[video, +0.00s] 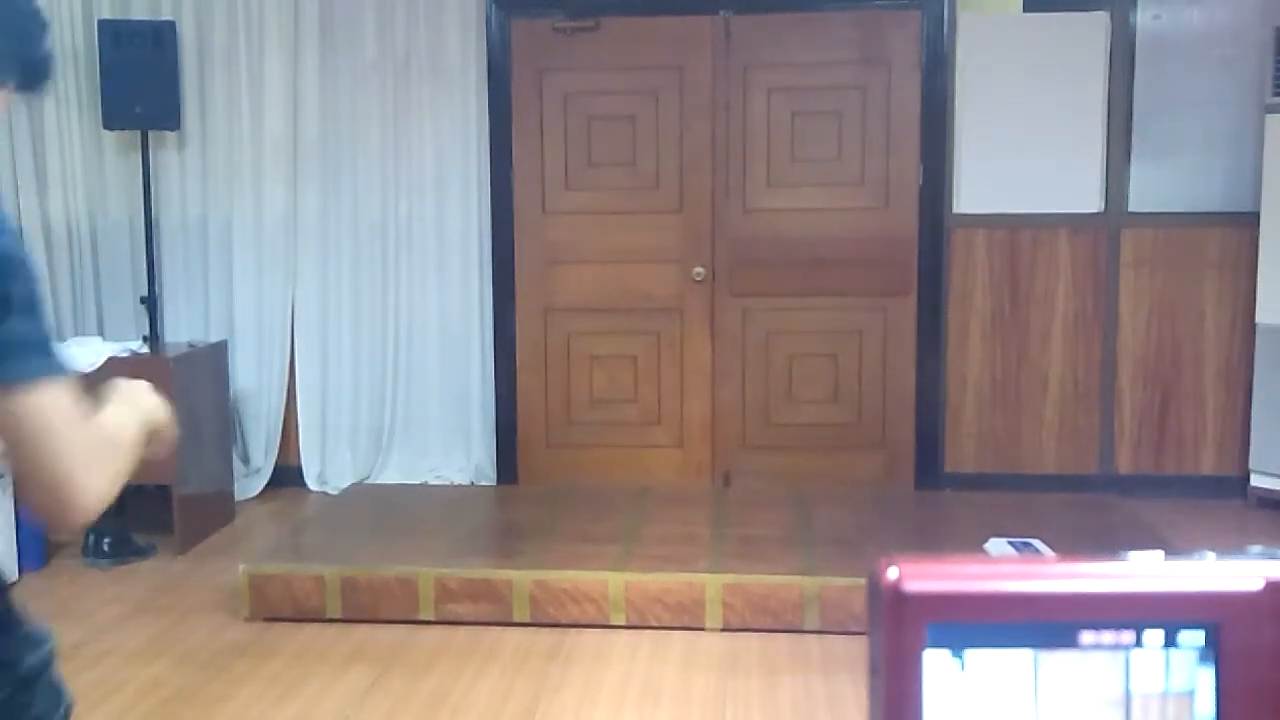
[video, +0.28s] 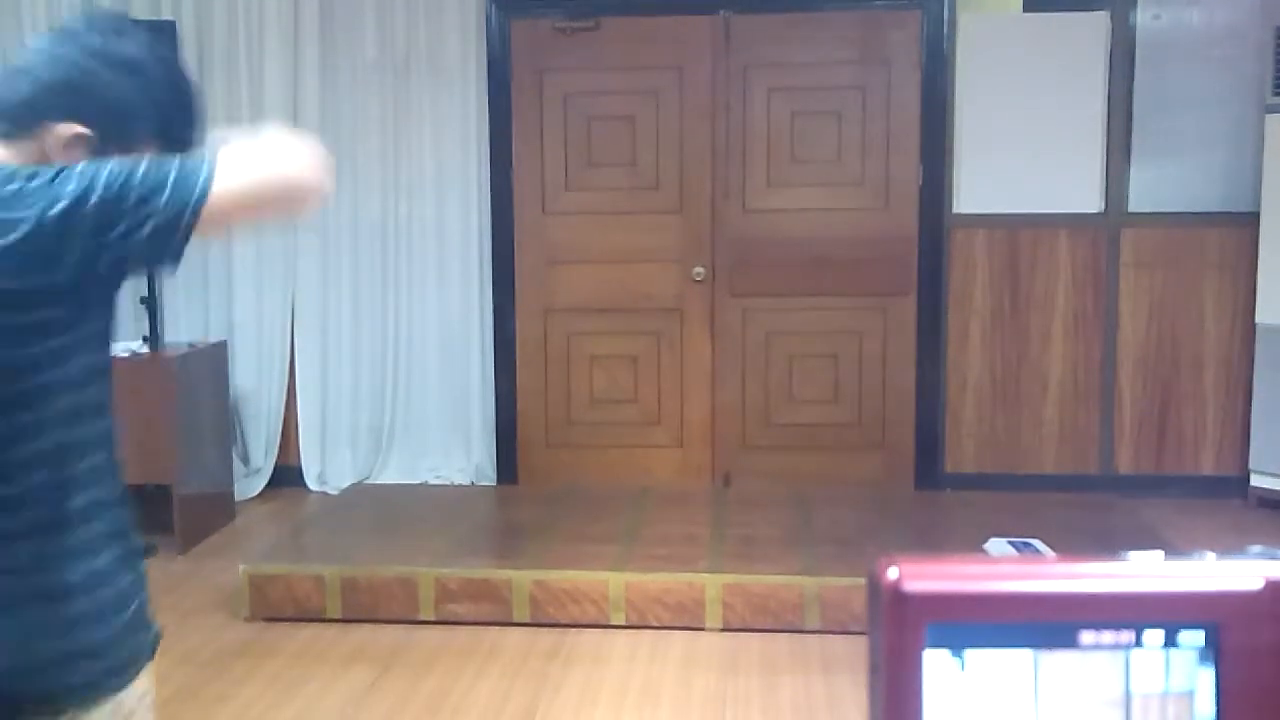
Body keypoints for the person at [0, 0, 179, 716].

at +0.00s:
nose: (15, 102)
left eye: (19, 84)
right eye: (17, 84)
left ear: (19, 80)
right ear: (11, 80)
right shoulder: (3, 241)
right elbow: (70, 493)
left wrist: (113, 410)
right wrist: (131, 407)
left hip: (16, 664)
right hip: (13, 671)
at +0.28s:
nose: (122, 196)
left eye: (138, 177)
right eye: (130, 174)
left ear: (63, 142)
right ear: (71, 146)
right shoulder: (44, 212)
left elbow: (297, 173)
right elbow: (299, 171)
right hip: (62, 648)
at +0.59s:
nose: (198, 163)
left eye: (204, 147)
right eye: (194, 144)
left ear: (113, 124)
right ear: (127, 126)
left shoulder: (8, 194)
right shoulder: (156, 204)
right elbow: (296, 141)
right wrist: (202, 39)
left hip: (11, 574)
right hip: (136, 575)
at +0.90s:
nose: (228, 167)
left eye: (234, 148)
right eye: (220, 145)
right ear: (155, 124)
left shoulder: (19, 213)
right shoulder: (172, 204)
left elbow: (12, 372)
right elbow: (297, 162)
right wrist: (234, 116)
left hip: (55, 536)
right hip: (169, 542)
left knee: (109, 708)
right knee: (216, 705)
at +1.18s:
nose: (285, 146)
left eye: (286, 129)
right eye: (269, 130)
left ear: (201, 130)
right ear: (206, 129)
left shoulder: (129, 208)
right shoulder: (225, 200)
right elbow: (352, 153)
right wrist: (294, 125)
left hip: (120, 490)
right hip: (217, 495)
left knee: (132, 692)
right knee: (259, 696)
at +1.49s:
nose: (360, 147)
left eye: (362, 130)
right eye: (344, 132)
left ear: (280, 136)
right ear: (286, 133)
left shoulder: (210, 208)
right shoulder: (312, 210)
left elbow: (204, 333)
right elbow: (430, 236)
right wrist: (407, 186)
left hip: (233, 462)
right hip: (312, 470)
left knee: (264, 630)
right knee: (325, 655)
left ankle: (231, 712)